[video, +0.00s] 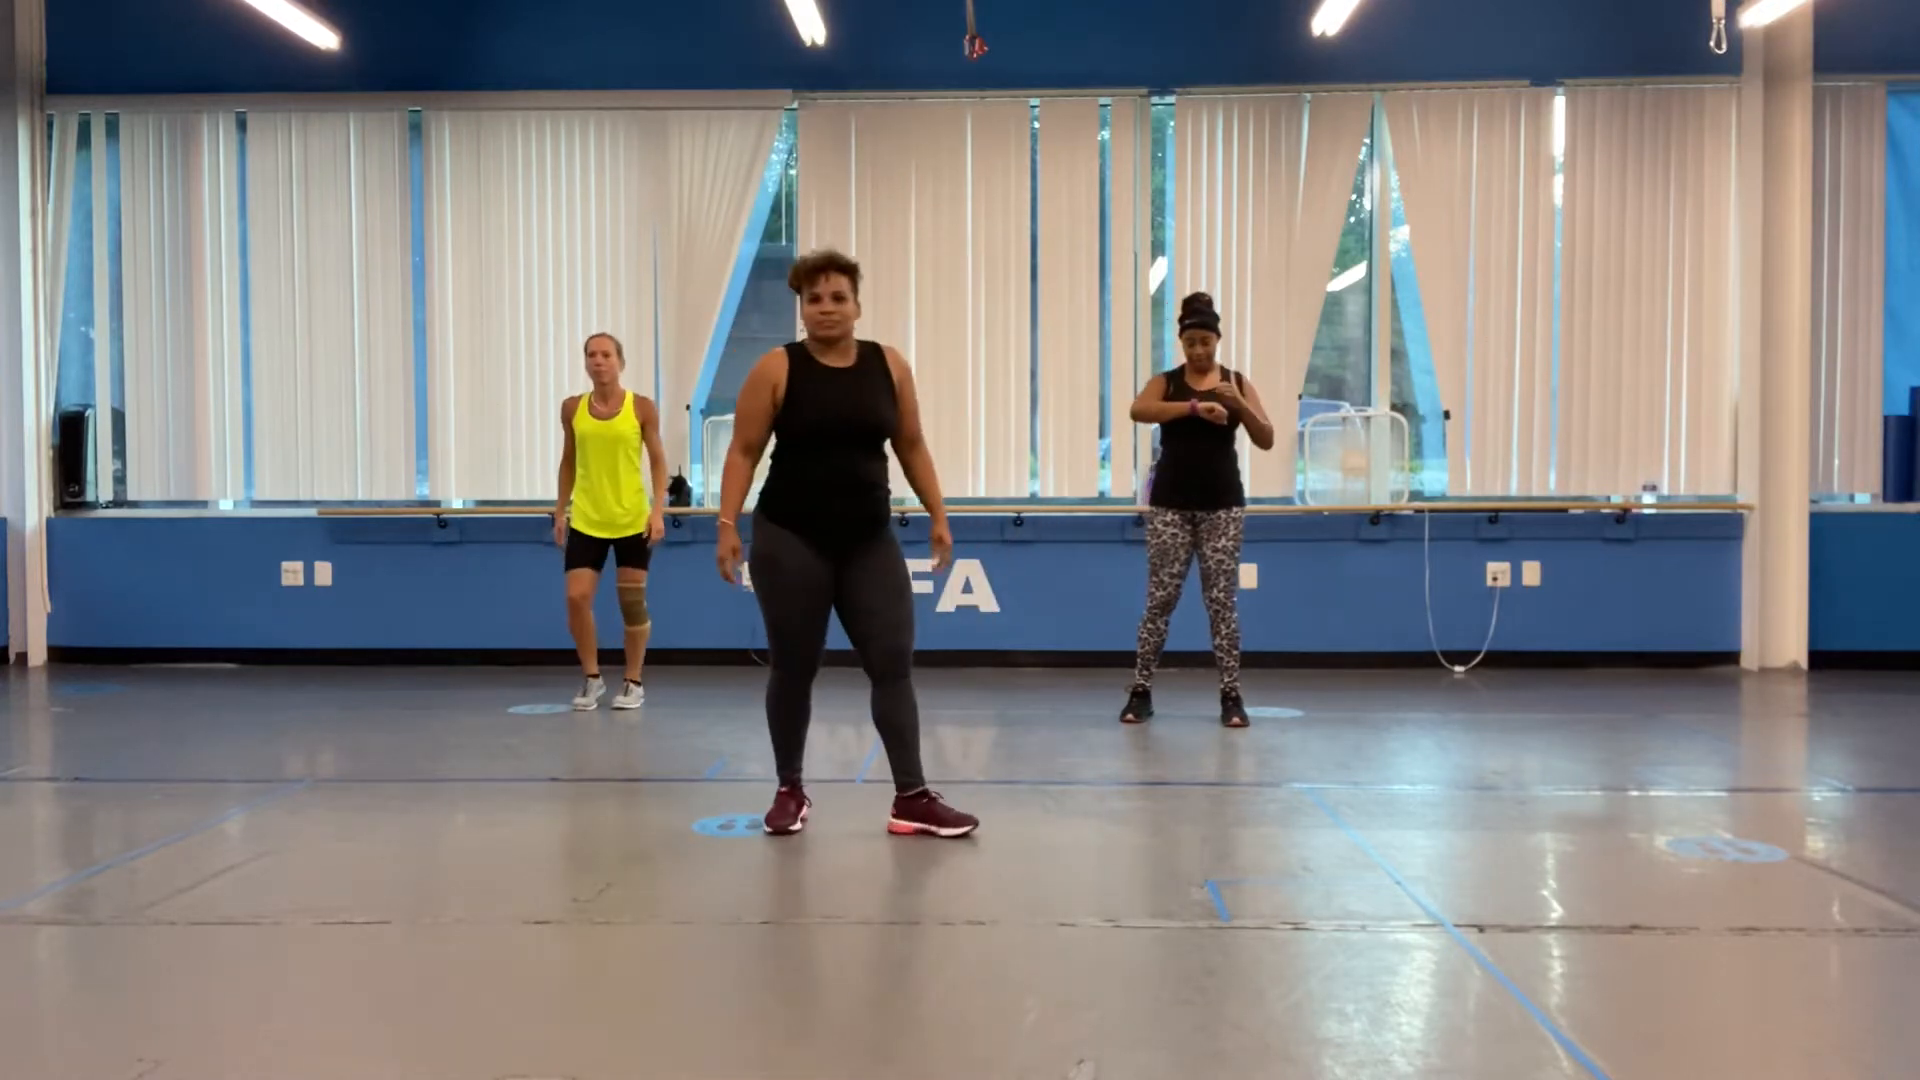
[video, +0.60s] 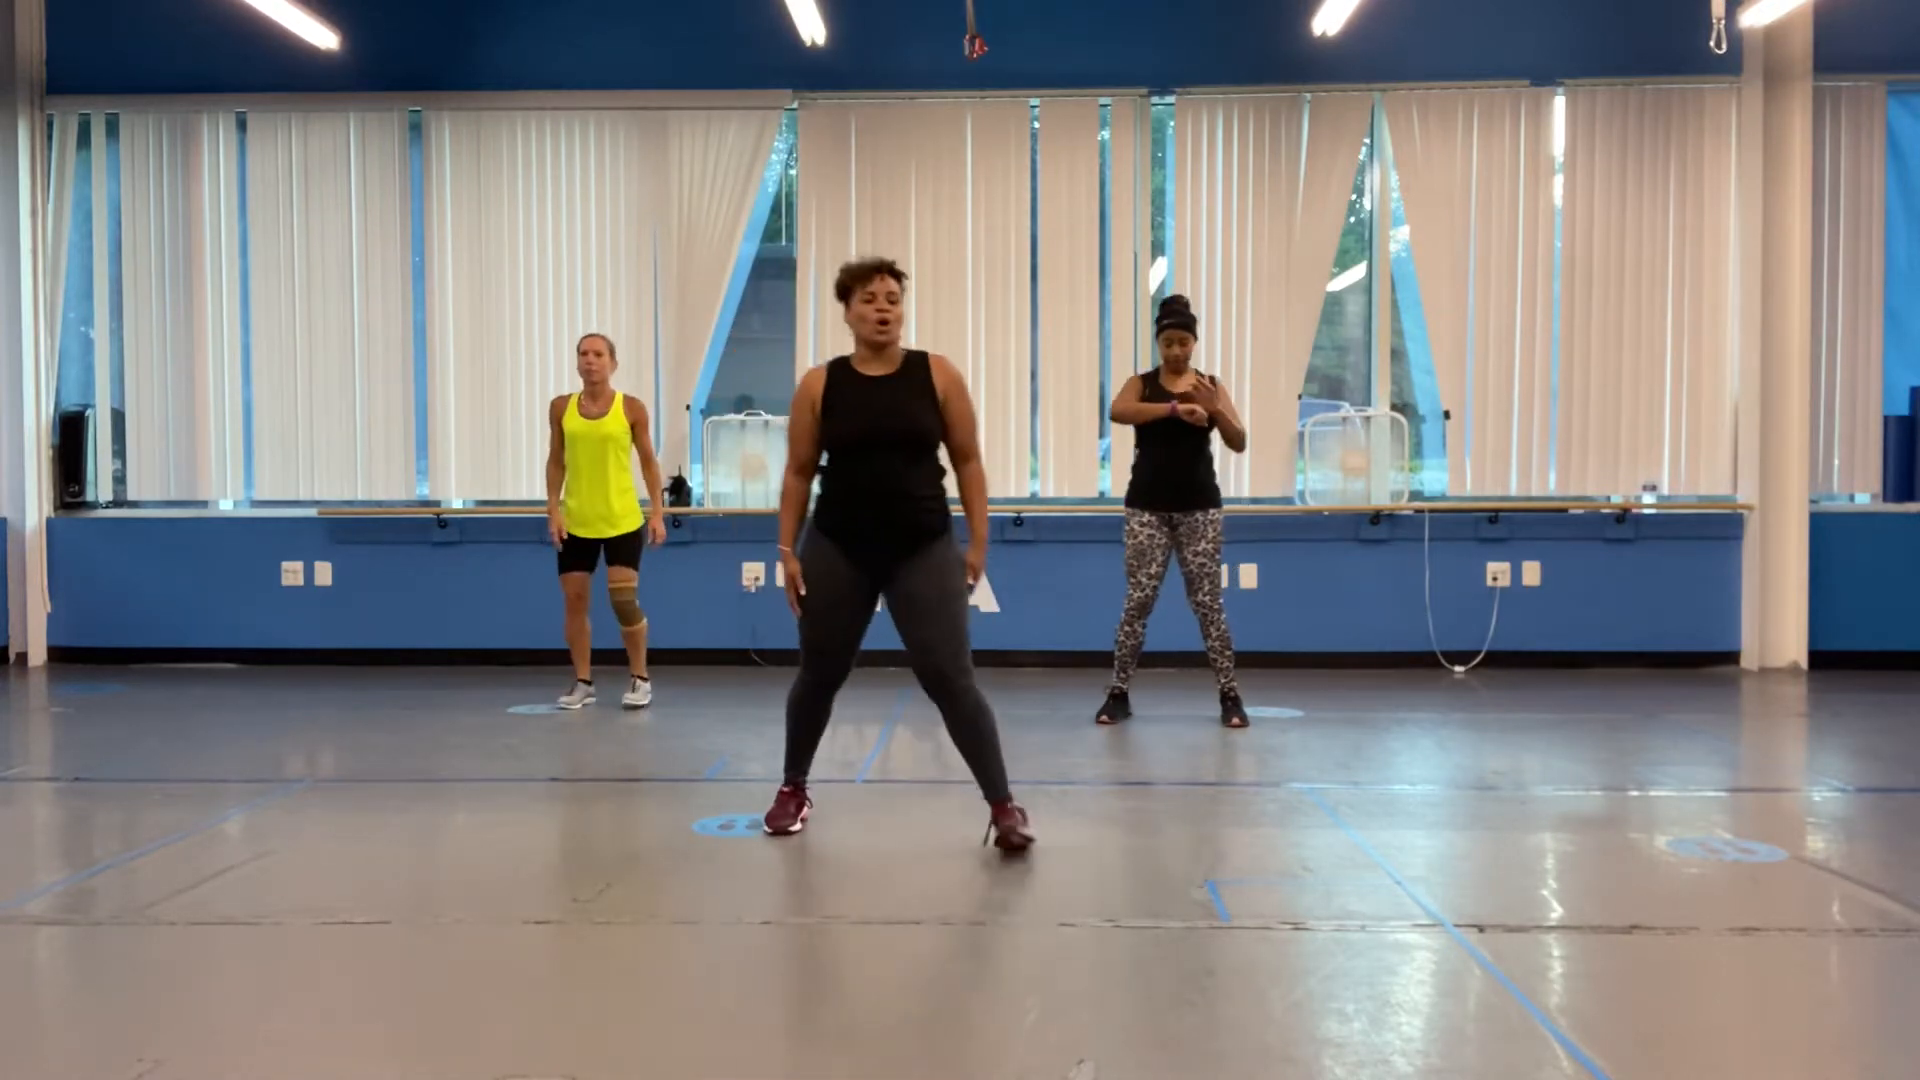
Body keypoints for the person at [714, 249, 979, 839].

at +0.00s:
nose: (827, 308)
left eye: (838, 298)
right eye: (816, 299)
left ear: (857, 304)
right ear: (800, 306)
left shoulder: (889, 365)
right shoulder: (775, 369)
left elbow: (912, 445)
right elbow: (743, 451)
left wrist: (938, 515)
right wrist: (727, 523)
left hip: (869, 539)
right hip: (791, 539)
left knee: (892, 662)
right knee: (792, 666)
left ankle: (912, 796)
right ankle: (789, 790)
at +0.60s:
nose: (883, 308)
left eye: (891, 299)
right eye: (870, 300)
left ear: (904, 309)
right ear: (847, 311)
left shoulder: (938, 375)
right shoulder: (820, 385)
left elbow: (968, 460)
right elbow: (799, 472)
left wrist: (978, 542)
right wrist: (786, 552)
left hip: (922, 548)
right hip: (839, 548)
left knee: (950, 677)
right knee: (819, 674)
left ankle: (1003, 806)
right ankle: (793, 788)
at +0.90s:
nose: (955, 295)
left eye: (965, 286)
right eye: (943, 287)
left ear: (983, 297)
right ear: (924, 300)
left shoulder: (1021, 369)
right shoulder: (899, 373)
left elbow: (1052, 451)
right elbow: (877, 463)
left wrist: (1067, 523)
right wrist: (872, 546)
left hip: (1002, 543)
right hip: (918, 544)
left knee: (1004, 672)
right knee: (887, 671)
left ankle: (1017, 813)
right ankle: (834, 776)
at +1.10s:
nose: (980, 291)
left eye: (990, 282)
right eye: (967, 284)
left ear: (1008, 292)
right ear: (949, 298)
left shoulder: (1048, 364)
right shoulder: (922, 369)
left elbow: (1074, 454)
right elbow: (903, 459)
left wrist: (1062, 534)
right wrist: (905, 536)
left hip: (1023, 540)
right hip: (941, 539)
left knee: (1016, 675)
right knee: (933, 668)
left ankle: (1018, 813)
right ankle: (914, 789)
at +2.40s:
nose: (980, 301)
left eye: (992, 290)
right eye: (967, 288)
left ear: (1006, 302)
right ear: (945, 298)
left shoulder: (1034, 367)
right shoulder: (913, 359)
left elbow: (1091, 437)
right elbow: (898, 447)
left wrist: (1125, 508)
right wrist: (958, 514)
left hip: (1032, 534)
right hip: (948, 533)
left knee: (1025, 677)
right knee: (925, 661)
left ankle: (1022, 812)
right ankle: (961, 787)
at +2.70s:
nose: (967, 318)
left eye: (980, 307)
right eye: (954, 307)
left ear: (996, 319)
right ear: (934, 318)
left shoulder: (1023, 399)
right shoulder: (905, 375)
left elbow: (1027, 494)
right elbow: (834, 429)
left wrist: (1076, 505)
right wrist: (897, 466)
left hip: (997, 547)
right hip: (916, 549)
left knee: (979, 655)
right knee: (911, 679)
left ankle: (1046, 763)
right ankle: (925, 809)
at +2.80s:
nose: (968, 317)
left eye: (980, 307)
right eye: (955, 308)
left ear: (997, 317)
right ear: (936, 319)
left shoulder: (1025, 386)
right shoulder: (906, 372)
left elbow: (1040, 477)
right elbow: (821, 402)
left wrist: (1037, 495)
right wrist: (831, 473)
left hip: (1003, 547)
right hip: (918, 547)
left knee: (1009, 663)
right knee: (916, 683)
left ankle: (1021, 782)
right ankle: (924, 808)